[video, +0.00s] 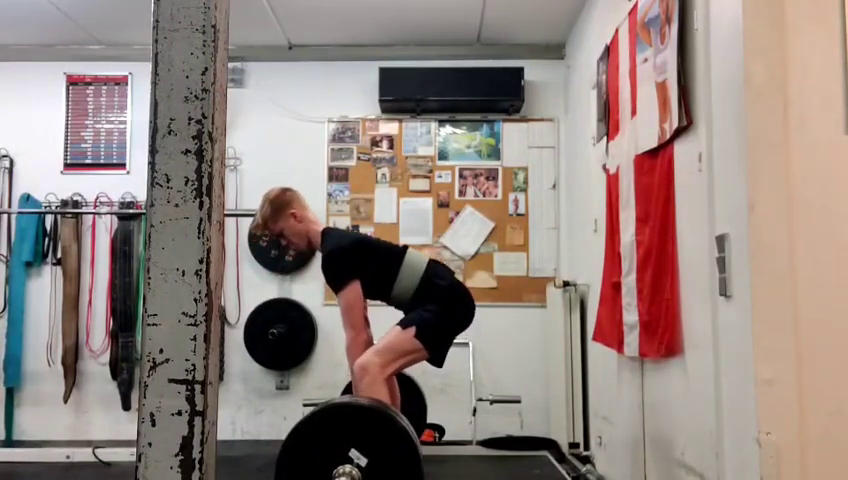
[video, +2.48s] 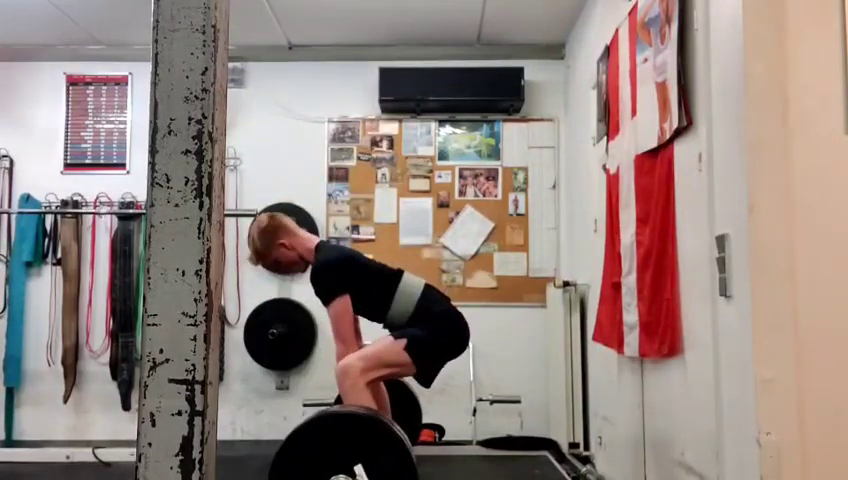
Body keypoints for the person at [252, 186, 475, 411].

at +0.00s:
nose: (285, 245)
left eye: (282, 235)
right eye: (280, 239)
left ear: (296, 217)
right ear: (298, 216)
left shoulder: (336, 253)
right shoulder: (338, 246)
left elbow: (357, 335)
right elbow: (362, 332)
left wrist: (359, 402)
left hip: (446, 302)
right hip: (442, 300)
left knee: (368, 368)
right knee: (378, 369)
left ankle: (379, 453)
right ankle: (391, 450)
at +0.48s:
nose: (299, 178)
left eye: (298, 168)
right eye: (295, 171)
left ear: (316, 156)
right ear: (319, 158)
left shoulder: (345, 198)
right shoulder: (348, 194)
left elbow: (361, 279)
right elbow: (368, 280)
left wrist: (365, 348)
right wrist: (370, 341)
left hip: (438, 280)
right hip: (429, 280)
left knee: (390, 361)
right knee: (389, 361)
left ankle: (386, 465)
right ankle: (386, 463)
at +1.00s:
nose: (353, 117)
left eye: (352, 108)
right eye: (349, 111)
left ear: (371, 94)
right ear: (370, 96)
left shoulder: (395, 139)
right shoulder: (385, 139)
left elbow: (385, 211)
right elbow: (375, 211)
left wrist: (371, 275)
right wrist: (359, 270)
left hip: (389, 258)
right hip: (382, 256)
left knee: (387, 368)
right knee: (387, 367)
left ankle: (385, 470)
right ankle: (388, 464)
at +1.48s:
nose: (280, 200)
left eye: (278, 190)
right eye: (276, 193)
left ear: (292, 179)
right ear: (299, 175)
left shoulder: (333, 211)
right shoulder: (334, 209)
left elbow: (352, 290)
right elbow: (353, 290)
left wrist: (350, 362)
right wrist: (352, 358)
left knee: (384, 362)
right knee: (384, 362)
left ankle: (384, 465)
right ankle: (388, 462)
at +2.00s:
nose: (272, 279)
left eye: (267, 269)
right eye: (265, 275)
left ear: (278, 243)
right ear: (279, 243)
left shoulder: (321, 269)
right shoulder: (325, 263)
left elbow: (343, 352)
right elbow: (352, 345)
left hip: (437, 317)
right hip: (433, 314)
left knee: (348, 370)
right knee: (362, 370)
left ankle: (371, 452)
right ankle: (388, 447)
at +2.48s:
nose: (289, 270)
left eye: (280, 264)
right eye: (280, 267)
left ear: (285, 245)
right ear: (287, 239)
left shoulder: (326, 268)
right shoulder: (332, 256)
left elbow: (348, 346)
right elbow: (354, 343)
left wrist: (346, 401)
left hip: (439, 329)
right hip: (439, 325)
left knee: (349, 369)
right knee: (361, 366)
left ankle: (374, 452)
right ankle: (387, 446)